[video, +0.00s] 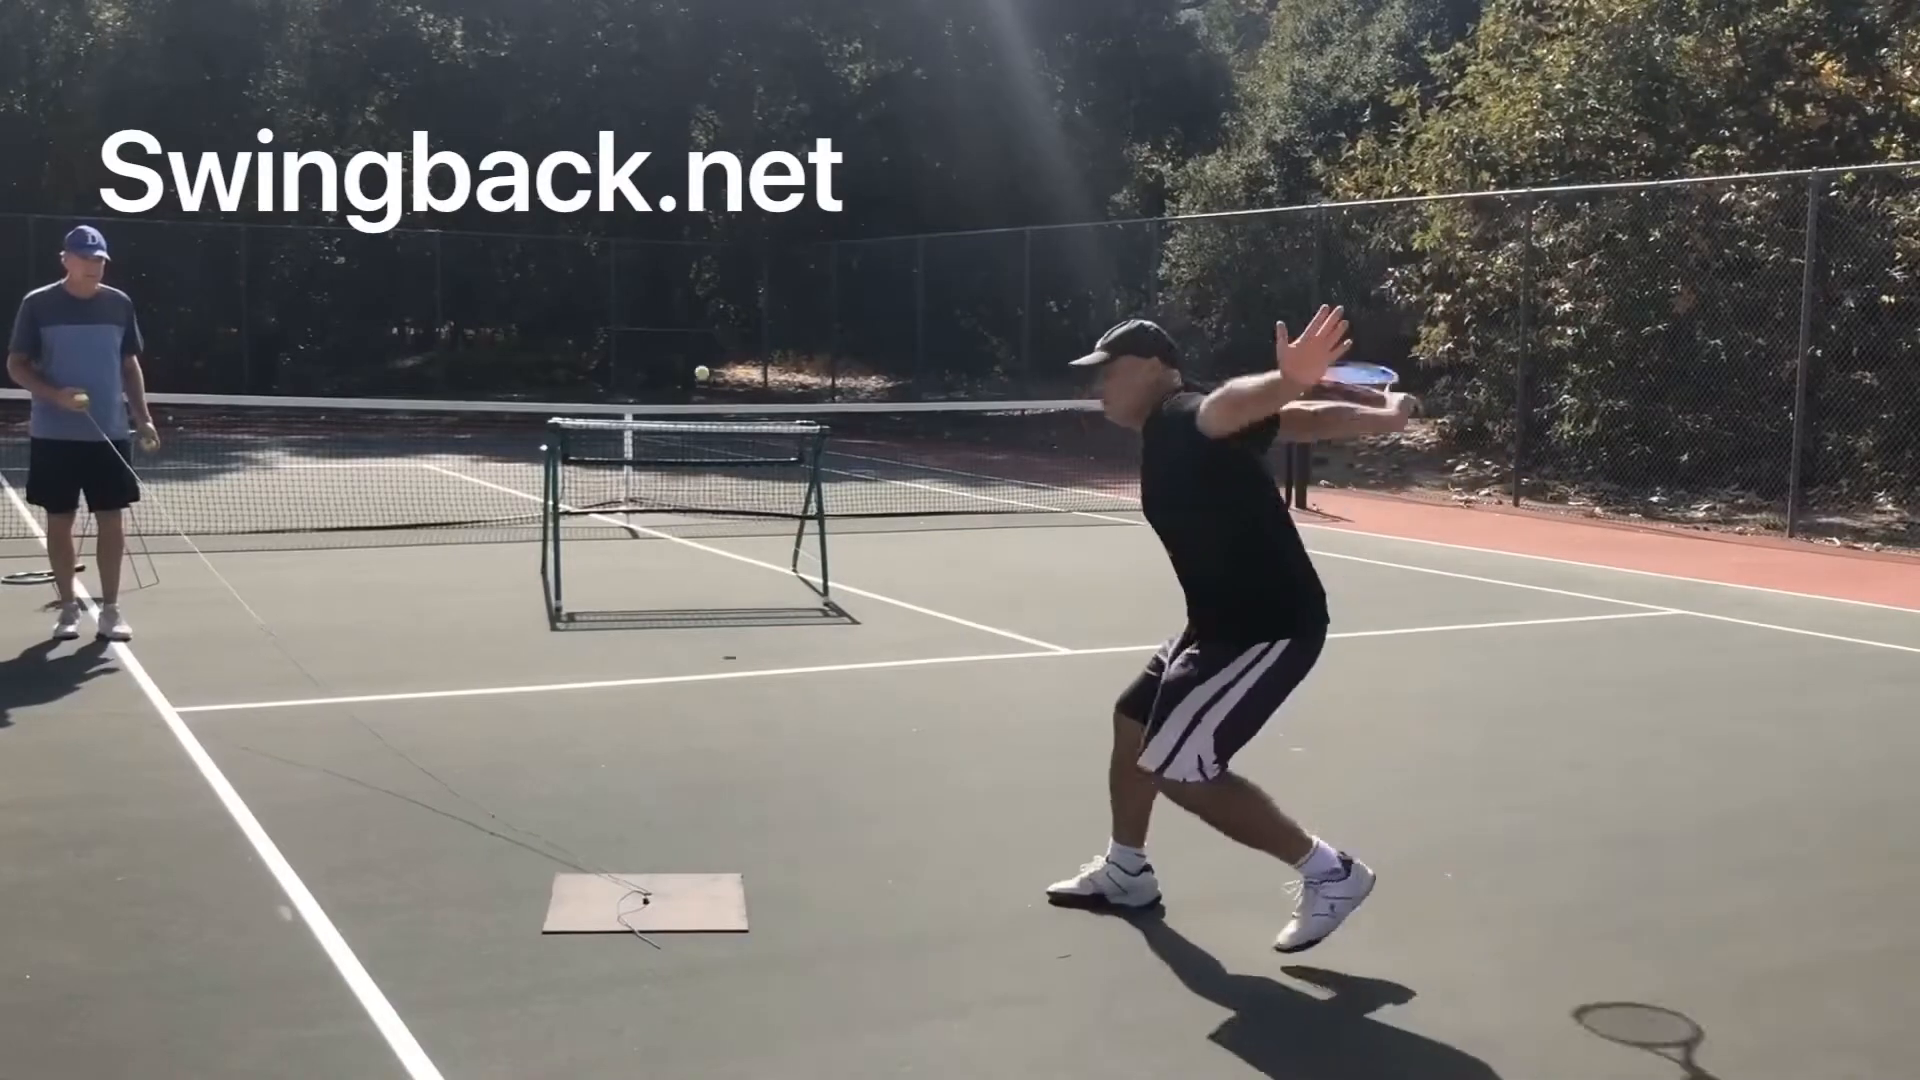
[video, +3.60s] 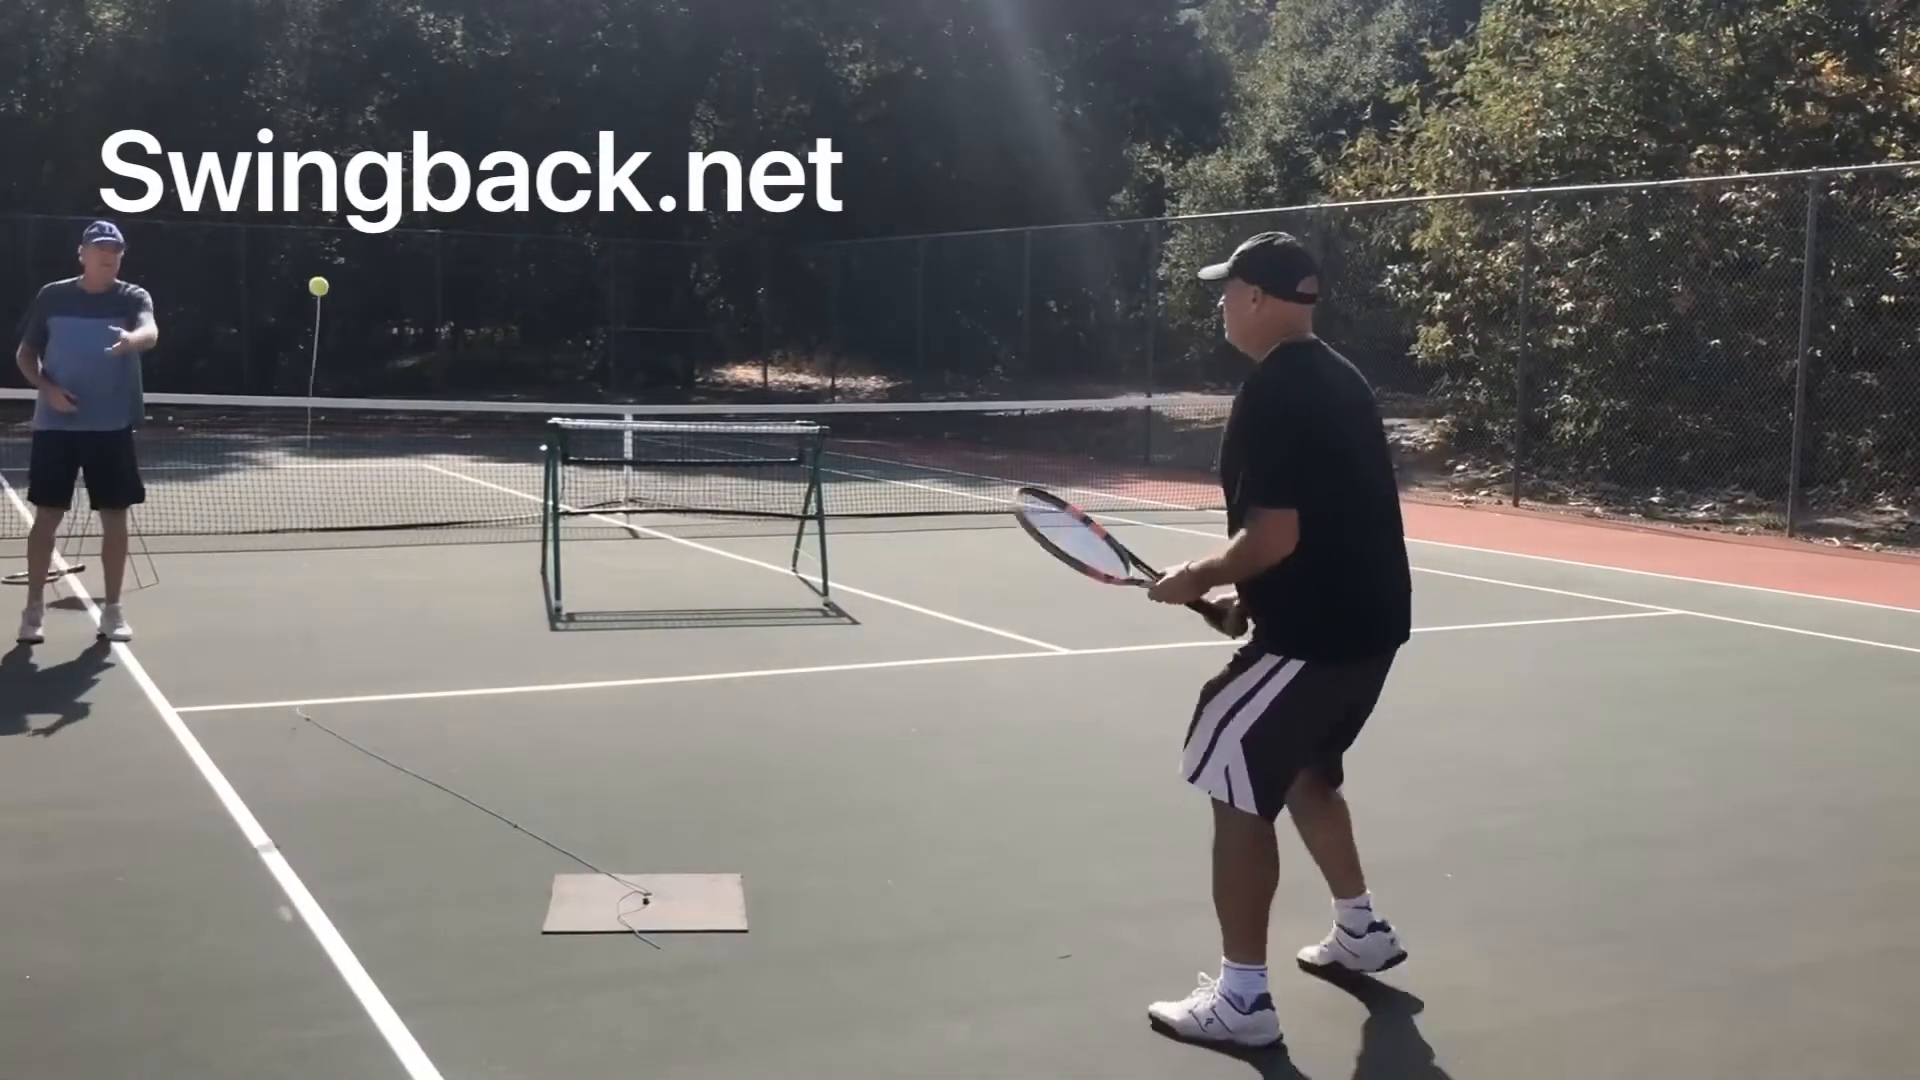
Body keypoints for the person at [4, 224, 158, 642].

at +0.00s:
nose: (92, 267)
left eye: (98, 260)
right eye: (84, 259)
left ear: (105, 263)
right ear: (65, 259)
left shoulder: (119, 304)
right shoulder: (37, 304)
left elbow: (130, 363)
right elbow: (16, 364)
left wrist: (142, 416)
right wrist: (53, 394)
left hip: (110, 436)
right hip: (55, 437)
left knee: (111, 520)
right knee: (60, 521)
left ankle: (111, 609)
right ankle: (69, 606)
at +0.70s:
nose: (101, 261)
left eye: (106, 254)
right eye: (92, 253)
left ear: (112, 259)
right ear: (73, 257)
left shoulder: (129, 306)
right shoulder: (42, 300)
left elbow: (156, 345)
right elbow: (16, 358)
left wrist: (177, 364)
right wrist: (46, 388)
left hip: (107, 436)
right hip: (52, 435)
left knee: (110, 520)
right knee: (58, 520)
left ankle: (110, 609)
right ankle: (68, 606)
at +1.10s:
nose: (93, 256)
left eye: (99, 249)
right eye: (86, 249)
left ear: (107, 255)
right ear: (69, 254)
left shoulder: (126, 299)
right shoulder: (41, 300)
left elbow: (157, 347)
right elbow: (22, 360)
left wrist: (122, 343)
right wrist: (51, 382)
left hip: (113, 430)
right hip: (57, 433)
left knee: (113, 519)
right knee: (60, 521)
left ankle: (111, 610)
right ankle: (68, 607)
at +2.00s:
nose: (87, 265)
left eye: (94, 258)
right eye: (80, 257)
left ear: (103, 260)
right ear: (63, 257)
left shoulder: (120, 302)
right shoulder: (36, 303)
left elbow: (135, 360)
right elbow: (17, 365)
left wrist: (138, 404)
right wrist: (59, 392)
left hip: (108, 433)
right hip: (54, 436)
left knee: (111, 518)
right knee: (59, 520)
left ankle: (110, 609)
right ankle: (68, 608)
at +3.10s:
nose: (103, 263)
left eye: (109, 256)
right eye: (95, 256)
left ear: (117, 260)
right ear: (79, 258)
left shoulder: (135, 304)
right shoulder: (49, 301)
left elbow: (158, 348)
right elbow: (23, 357)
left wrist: (169, 369)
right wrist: (54, 393)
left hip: (112, 435)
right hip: (58, 435)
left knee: (114, 520)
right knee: (60, 520)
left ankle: (110, 609)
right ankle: (68, 607)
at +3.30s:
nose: (108, 248)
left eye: (115, 241)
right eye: (101, 240)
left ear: (123, 249)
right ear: (84, 247)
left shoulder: (135, 288)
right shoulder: (55, 292)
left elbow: (154, 305)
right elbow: (29, 351)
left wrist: (168, 304)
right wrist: (55, 384)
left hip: (113, 423)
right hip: (60, 424)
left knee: (115, 513)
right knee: (60, 513)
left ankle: (113, 608)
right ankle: (65, 605)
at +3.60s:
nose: (108, 256)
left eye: (114, 249)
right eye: (101, 248)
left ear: (122, 256)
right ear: (83, 253)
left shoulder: (134, 297)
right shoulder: (52, 296)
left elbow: (149, 332)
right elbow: (24, 353)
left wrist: (132, 339)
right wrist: (47, 387)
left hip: (112, 430)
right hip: (56, 429)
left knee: (115, 519)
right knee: (48, 516)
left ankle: (112, 610)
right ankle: (34, 608)